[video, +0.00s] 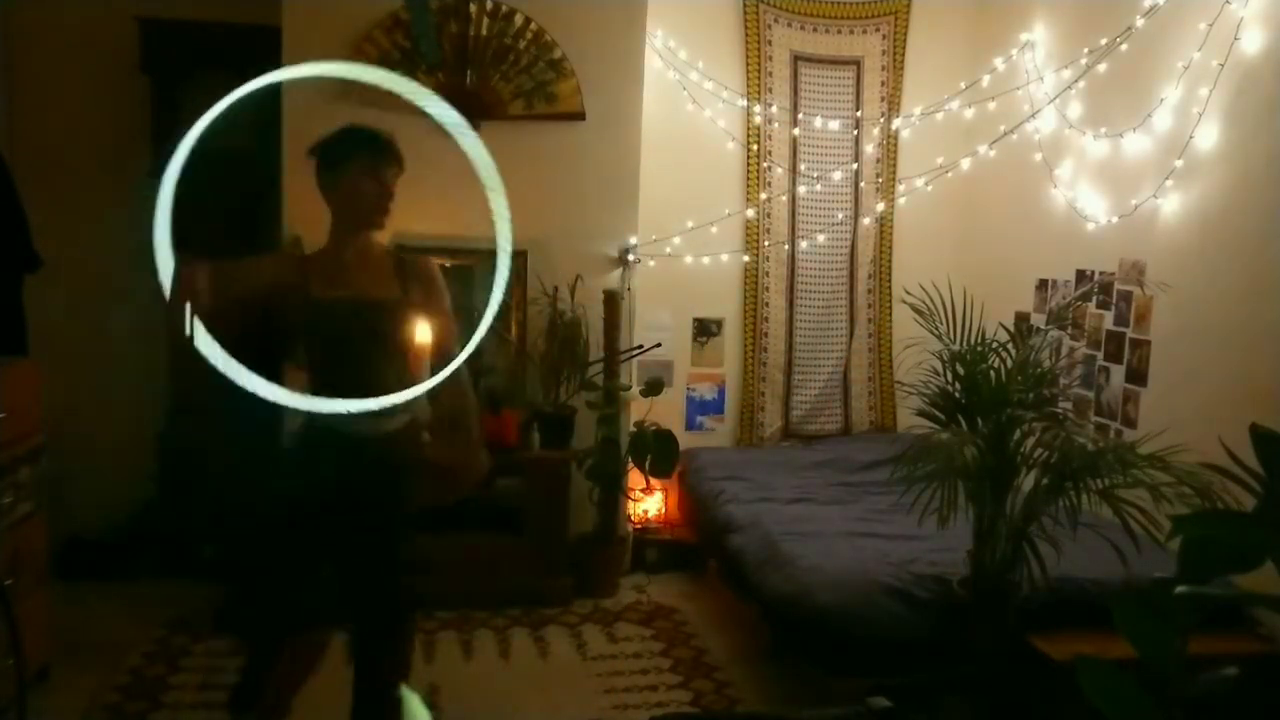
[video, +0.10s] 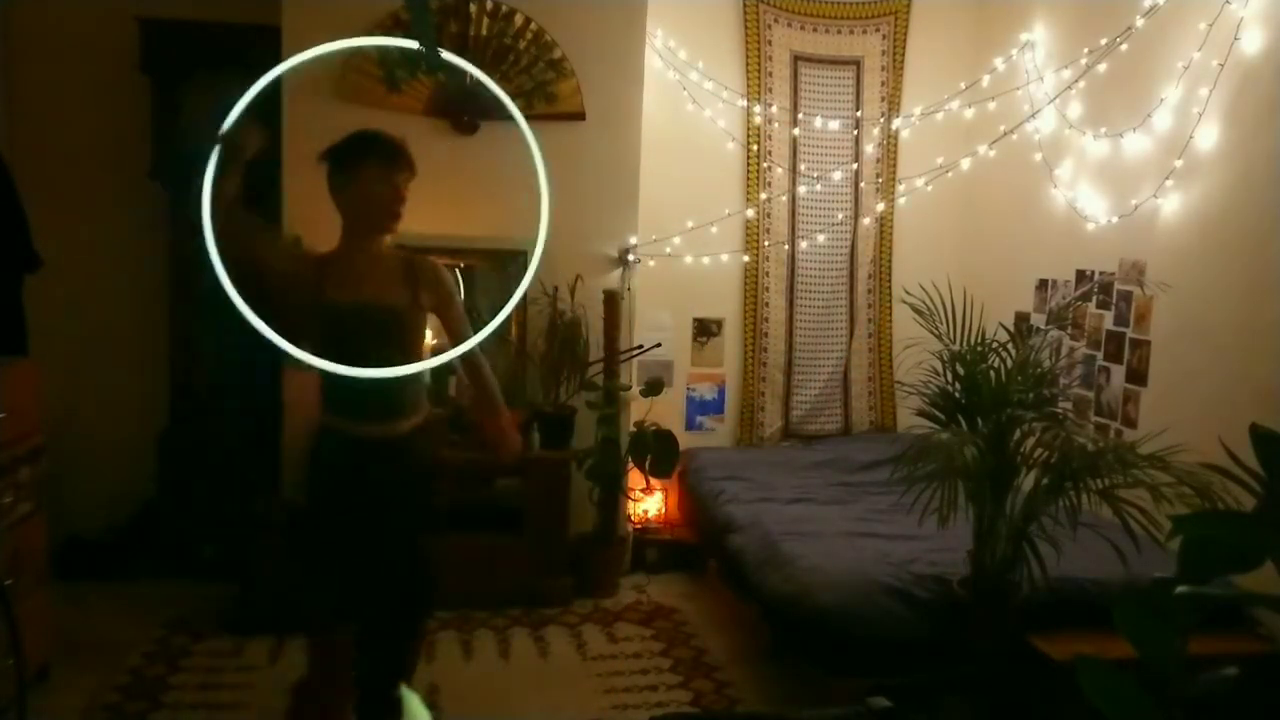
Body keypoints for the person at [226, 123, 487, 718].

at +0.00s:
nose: (388, 191)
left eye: (391, 179)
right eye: (372, 178)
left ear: (396, 188)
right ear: (330, 187)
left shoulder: (417, 277)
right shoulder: (296, 274)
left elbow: (448, 373)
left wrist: (464, 445)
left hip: (395, 460)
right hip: (319, 459)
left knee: (385, 636)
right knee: (297, 632)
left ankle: (378, 705)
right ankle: (255, 705)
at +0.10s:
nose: (399, 196)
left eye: (403, 184)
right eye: (384, 183)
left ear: (406, 193)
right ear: (341, 191)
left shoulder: (421, 274)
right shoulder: (311, 272)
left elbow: (470, 354)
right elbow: (227, 226)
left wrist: (500, 423)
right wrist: (236, 158)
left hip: (406, 450)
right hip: (338, 450)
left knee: (403, 590)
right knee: (335, 587)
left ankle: (383, 695)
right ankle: (330, 693)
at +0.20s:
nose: (415, 200)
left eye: (418, 187)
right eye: (402, 185)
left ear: (416, 195)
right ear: (359, 188)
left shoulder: (432, 276)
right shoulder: (325, 273)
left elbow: (472, 361)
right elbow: (282, 179)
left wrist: (506, 431)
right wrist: (300, 88)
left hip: (416, 458)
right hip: (349, 458)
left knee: (407, 604)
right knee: (370, 600)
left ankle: (382, 698)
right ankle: (401, 688)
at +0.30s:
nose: (431, 202)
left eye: (435, 189)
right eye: (419, 188)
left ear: (434, 196)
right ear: (377, 189)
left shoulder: (435, 273)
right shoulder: (341, 269)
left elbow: (464, 365)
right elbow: (349, 183)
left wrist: (490, 441)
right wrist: (365, 112)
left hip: (426, 447)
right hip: (368, 451)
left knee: (415, 588)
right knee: (395, 594)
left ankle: (393, 696)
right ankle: (391, 695)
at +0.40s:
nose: (454, 198)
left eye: (454, 184)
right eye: (444, 183)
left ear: (411, 189)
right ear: (400, 185)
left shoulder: (415, 259)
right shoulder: (368, 255)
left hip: (428, 452)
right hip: (395, 455)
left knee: (412, 606)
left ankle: (396, 702)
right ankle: (393, 701)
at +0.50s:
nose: (472, 203)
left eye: (471, 189)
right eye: (462, 189)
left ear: (429, 187)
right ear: (423, 186)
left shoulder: (433, 257)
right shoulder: (399, 249)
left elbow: (516, 261)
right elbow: (502, 224)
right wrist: (600, 191)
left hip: (450, 447)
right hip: (418, 450)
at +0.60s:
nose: (483, 207)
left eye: (482, 192)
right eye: (474, 192)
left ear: (424, 193)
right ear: (441, 192)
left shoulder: (400, 261)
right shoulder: (439, 247)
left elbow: (373, 365)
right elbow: (530, 268)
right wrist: (624, 291)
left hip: (419, 444)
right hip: (446, 444)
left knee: (407, 612)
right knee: (474, 610)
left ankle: (379, 709)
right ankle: (474, 707)